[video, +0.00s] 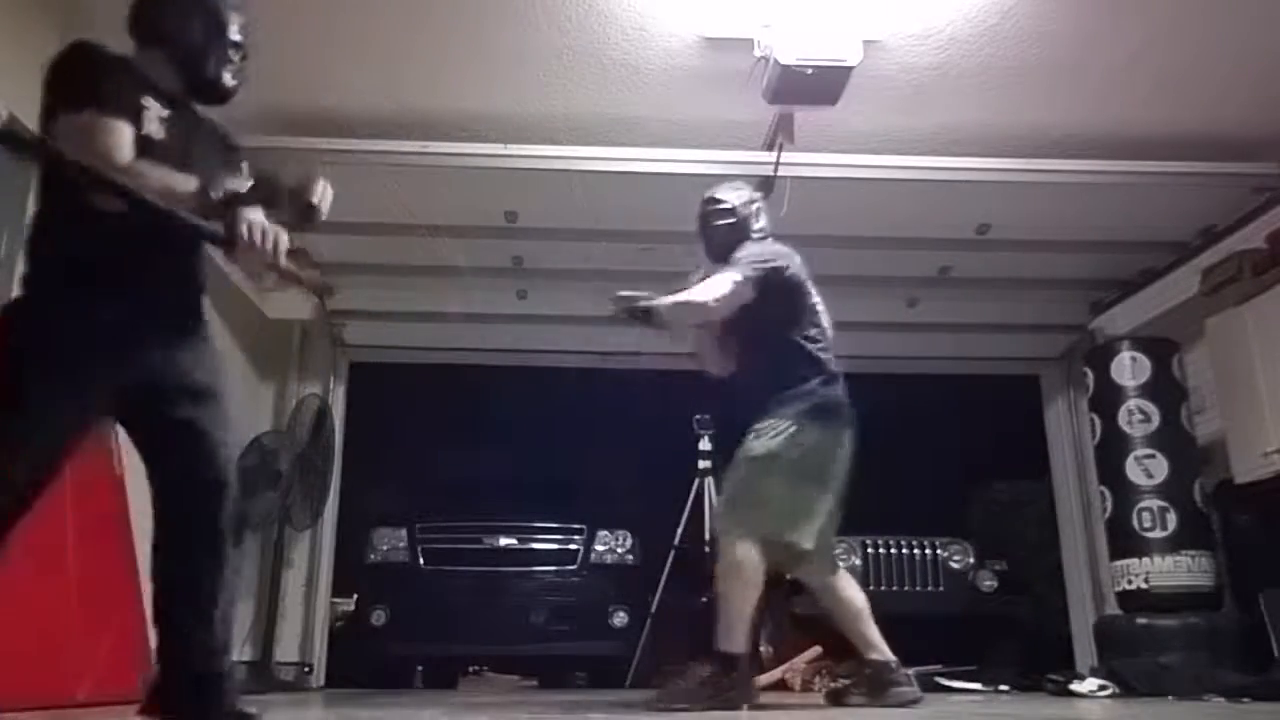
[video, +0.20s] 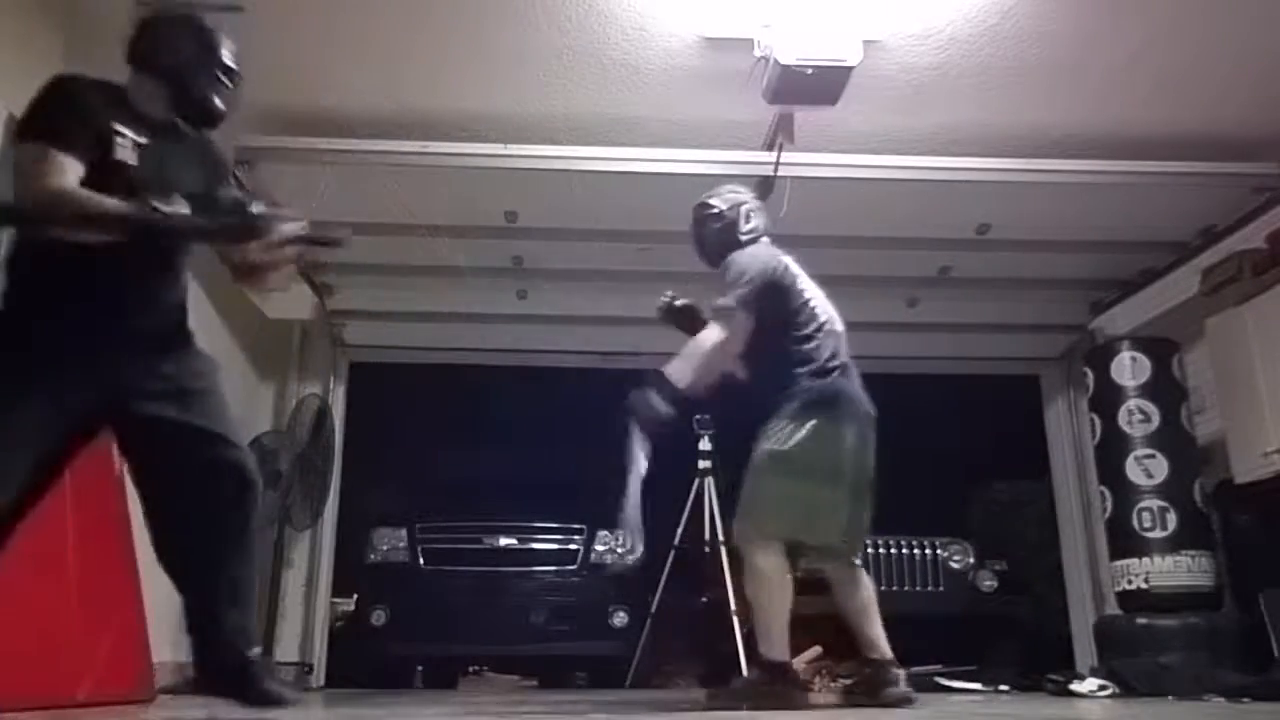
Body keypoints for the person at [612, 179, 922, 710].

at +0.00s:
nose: (714, 223)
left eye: (725, 213)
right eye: (707, 216)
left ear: (754, 217)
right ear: (701, 227)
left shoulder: (768, 254)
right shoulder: (733, 275)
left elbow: (714, 295)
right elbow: (722, 364)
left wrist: (655, 306)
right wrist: (695, 325)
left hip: (804, 408)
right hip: (807, 413)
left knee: (737, 525)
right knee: (810, 555)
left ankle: (729, 670)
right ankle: (886, 669)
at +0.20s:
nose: (700, 229)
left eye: (711, 217)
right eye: (697, 221)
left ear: (748, 219)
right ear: (755, 228)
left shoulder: (752, 260)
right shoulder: (778, 266)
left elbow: (724, 335)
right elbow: (753, 361)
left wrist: (666, 386)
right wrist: (697, 328)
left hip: (811, 409)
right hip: (853, 413)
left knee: (758, 535)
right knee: (837, 550)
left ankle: (774, 671)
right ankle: (884, 669)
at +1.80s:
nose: (709, 209)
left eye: (719, 197)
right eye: (704, 201)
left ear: (747, 205)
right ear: (702, 217)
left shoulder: (759, 248)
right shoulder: (736, 263)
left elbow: (751, 322)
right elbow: (705, 351)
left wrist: (704, 358)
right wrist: (651, 321)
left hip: (774, 407)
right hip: (768, 409)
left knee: (719, 524)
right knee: (775, 547)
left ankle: (752, 662)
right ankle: (831, 661)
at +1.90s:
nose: (697, 219)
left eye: (709, 209)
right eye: (691, 212)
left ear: (737, 215)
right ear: (683, 227)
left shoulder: (746, 259)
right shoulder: (718, 276)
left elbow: (739, 332)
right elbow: (689, 361)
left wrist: (703, 379)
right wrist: (689, 316)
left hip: (768, 410)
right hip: (753, 412)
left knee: (690, 504)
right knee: (769, 553)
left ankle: (725, 649)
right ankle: (832, 663)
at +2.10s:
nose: (644, 222)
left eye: (655, 213)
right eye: (641, 213)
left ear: (685, 219)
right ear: (646, 230)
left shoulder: (697, 254)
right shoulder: (665, 302)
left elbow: (637, 222)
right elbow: (626, 350)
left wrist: (574, 180)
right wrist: (596, 306)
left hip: (740, 415)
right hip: (715, 428)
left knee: (663, 520)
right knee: (717, 567)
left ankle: (623, 672)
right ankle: (821, 658)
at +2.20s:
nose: (620, 215)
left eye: (631, 206)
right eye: (617, 207)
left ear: (660, 213)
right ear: (623, 215)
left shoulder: (677, 250)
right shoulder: (647, 291)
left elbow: (626, 227)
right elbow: (631, 377)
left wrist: (563, 184)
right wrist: (593, 342)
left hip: (720, 413)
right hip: (706, 426)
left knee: (634, 514)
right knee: (681, 578)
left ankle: (618, 670)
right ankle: (797, 644)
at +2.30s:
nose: (596, 227)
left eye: (603, 213)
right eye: (595, 216)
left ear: (631, 211)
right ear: (646, 212)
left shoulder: (659, 255)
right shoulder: (651, 263)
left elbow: (632, 315)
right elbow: (636, 377)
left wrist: (598, 318)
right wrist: (592, 348)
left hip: (704, 410)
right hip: (705, 416)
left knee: (626, 515)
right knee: (671, 578)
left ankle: (616, 671)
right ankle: (776, 636)